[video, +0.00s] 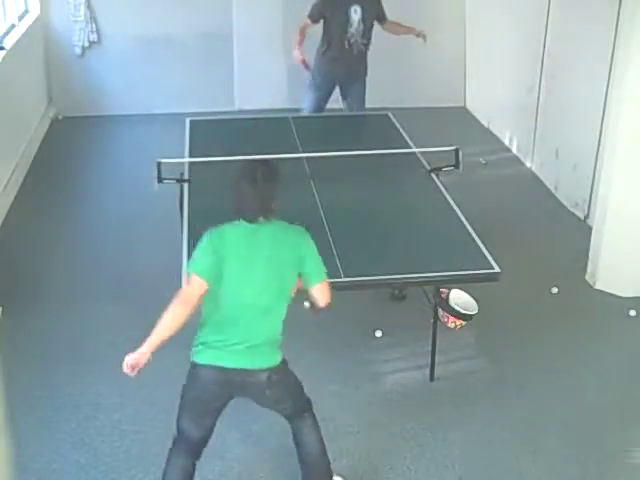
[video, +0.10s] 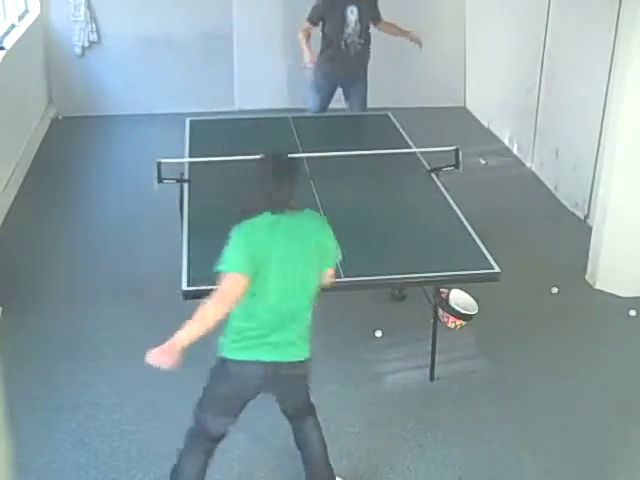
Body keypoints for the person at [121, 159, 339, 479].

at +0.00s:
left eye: (242, 189)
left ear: (238, 193)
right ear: (273, 194)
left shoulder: (216, 238)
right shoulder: (297, 238)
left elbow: (188, 300)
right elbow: (322, 299)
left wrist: (145, 349)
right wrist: (300, 285)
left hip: (210, 372)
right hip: (266, 372)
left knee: (186, 448)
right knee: (301, 417)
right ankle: (322, 475)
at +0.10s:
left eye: (259, 183)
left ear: (259, 187)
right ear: (294, 186)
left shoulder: (247, 233)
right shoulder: (317, 226)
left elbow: (225, 299)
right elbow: (326, 277)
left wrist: (175, 344)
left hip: (242, 364)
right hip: (292, 362)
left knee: (203, 438)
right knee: (304, 420)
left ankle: (183, 473)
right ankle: (324, 475)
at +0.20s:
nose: (274, 180)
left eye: (277, 174)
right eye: (279, 174)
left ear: (282, 179)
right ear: (319, 178)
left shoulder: (276, 227)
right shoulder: (333, 216)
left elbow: (261, 294)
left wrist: (223, 340)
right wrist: (267, 232)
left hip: (270, 359)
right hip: (315, 355)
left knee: (228, 436)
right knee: (310, 418)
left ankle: (200, 474)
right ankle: (325, 474)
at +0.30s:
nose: (297, 166)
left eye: (299, 160)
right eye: (302, 160)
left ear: (302, 166)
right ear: (338, 166)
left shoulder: (296, 214)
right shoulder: (347, 206)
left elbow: (290, 283)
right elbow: (318, 225)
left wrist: (278, 347)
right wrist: (280, 216)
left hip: (288, 349)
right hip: (332, 347)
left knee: (246, 433)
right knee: (323, 416)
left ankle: (227, 475)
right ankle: (332, 474)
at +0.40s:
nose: (309, 166)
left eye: (311, 161)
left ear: (313, 167)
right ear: (352, 168)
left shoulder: (308, 216)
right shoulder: (359, 209)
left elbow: (309, 290)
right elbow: (322, 236)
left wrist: (313, 358)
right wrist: (275, 223)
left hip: (302, 353)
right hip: (347, 349)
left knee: (260, 439)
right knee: (336, 413)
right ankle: (347, 473)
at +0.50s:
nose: (310, 194)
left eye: (314, 187)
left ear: (318, 194)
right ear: (359, 192)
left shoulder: (321, 249)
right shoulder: (371, 236)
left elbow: (322, 327)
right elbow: (335, 275)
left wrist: (321, 399)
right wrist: (284, 251)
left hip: (316, 385)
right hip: (360, 378)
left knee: (271, 465)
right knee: (349, 434)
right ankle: (368, 474)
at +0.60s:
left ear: (324, 228)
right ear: (363, 226)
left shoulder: (319, 283)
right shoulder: (377, 270)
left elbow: (316, 370)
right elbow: (355, 311)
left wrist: (303, 437)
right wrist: (308, 294)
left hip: (332, 416)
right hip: (373, 404)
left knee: (307, 468)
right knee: (352, 451)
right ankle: (363, 475)